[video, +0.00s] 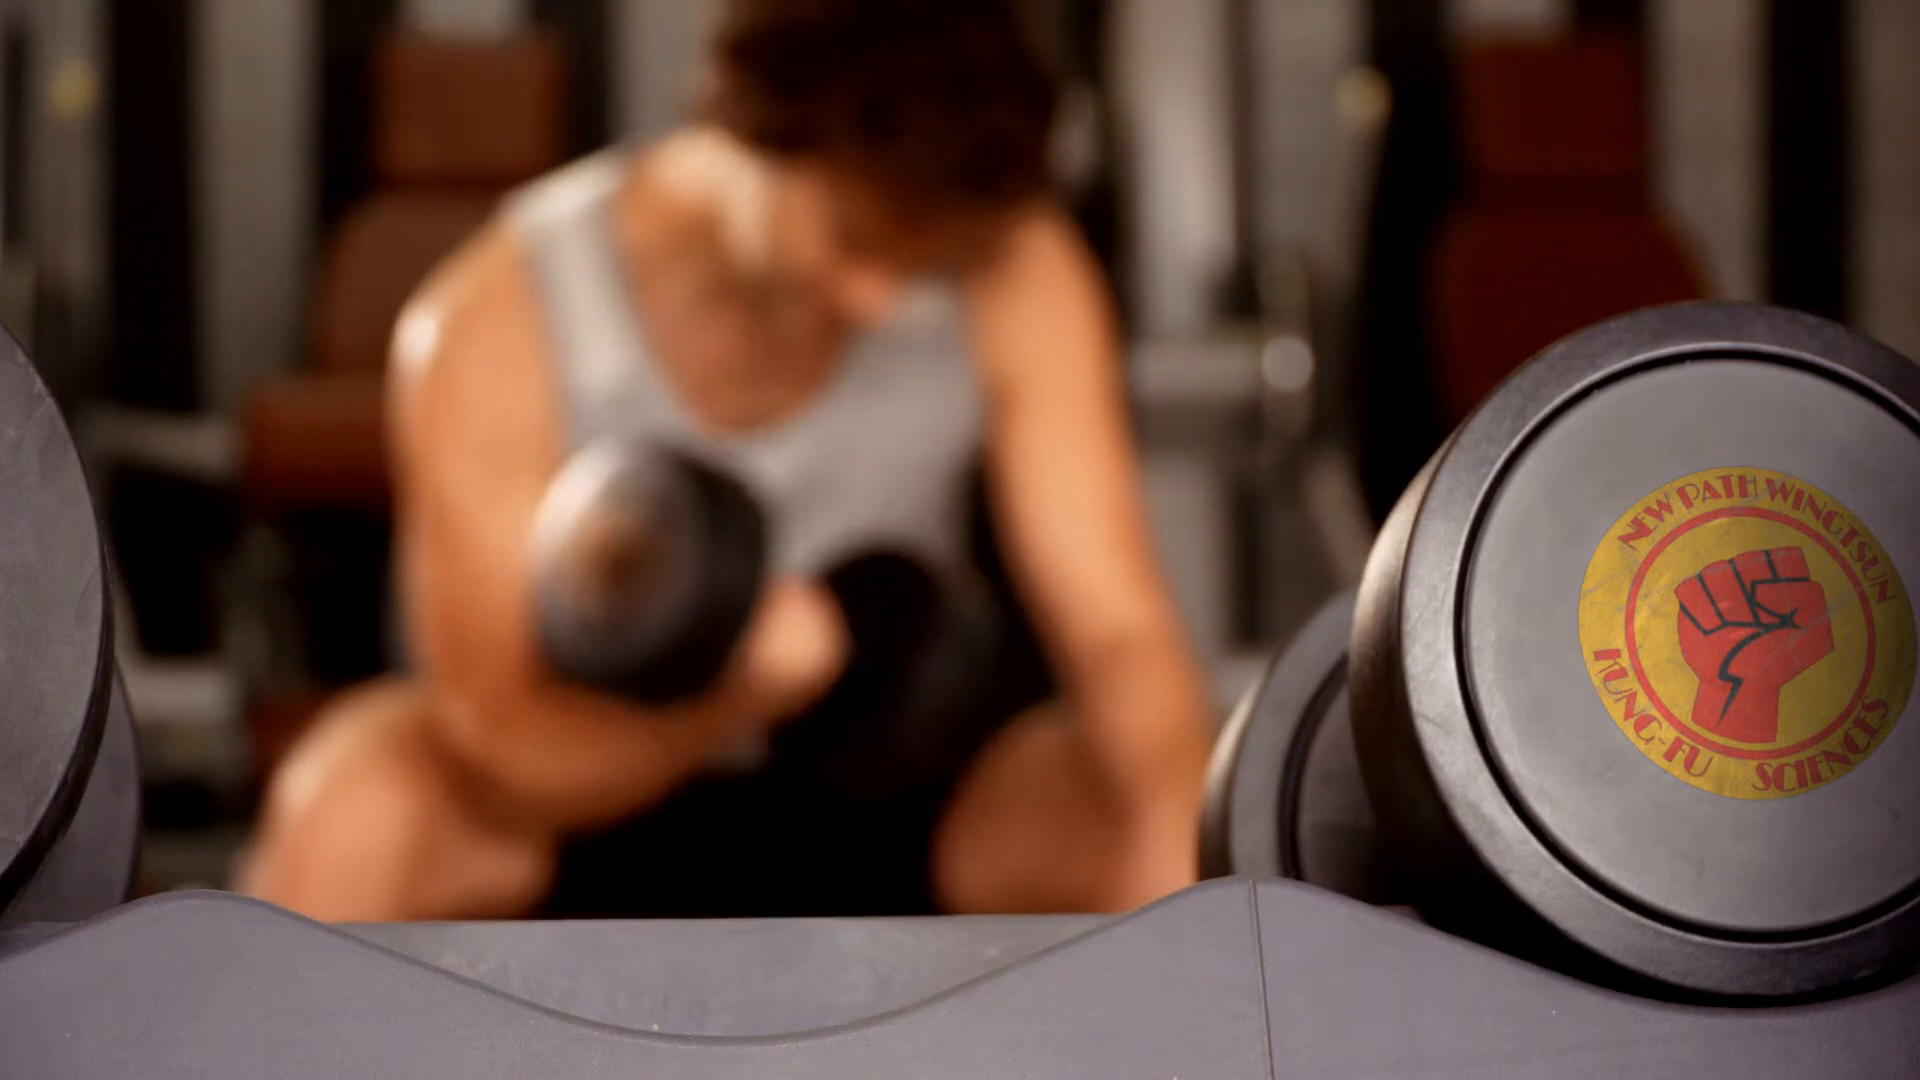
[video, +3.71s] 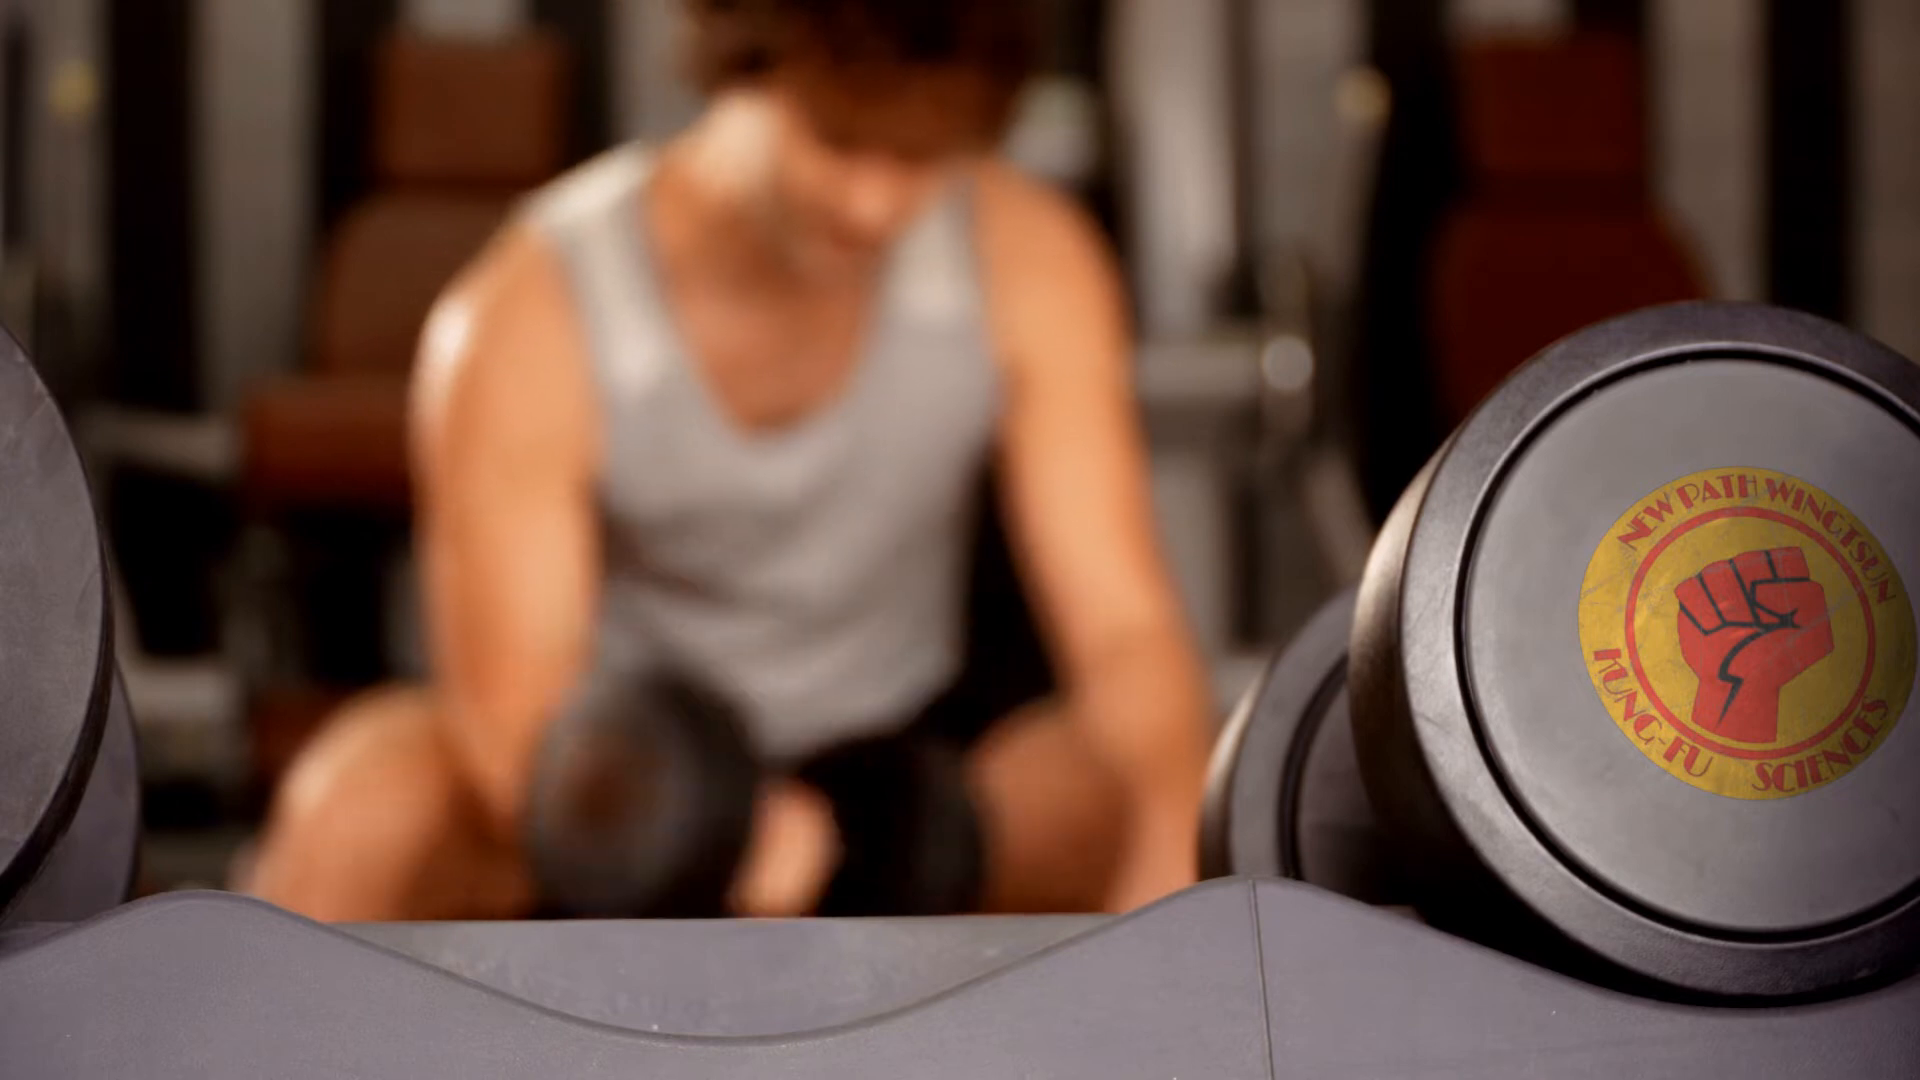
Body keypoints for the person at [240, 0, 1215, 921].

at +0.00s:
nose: (880, 303)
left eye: (922, 264)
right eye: (856, 247)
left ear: (978, 210)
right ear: (764, 147)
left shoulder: (1009, 260)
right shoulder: (492, 318)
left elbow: (1119, 634)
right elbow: (510, 748)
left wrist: (1182, 873)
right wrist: (733, 696)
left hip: (898, 782)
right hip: (599, 790)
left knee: (1170, 810)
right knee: (351, 800)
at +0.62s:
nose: (893, 270)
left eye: (942, 233)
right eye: (869, 214)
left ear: (1001, 179)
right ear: (782, 116)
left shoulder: (1033, 256)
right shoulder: (544, 314)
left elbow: (1127, 642)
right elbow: (515, 750)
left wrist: (1187, 818)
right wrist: (842, 821)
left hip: (898, 794)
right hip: (607, 797)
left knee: (1190, 793)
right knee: (361, 786)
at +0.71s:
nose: (903, 272)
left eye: (953, 232)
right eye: (877, 212)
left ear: (1010, 179)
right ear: (789, 115)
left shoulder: (1043, 257)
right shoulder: (562, 312)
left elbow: (1130, 641)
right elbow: (512, 756)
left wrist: (1204, 820)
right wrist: (729, 898)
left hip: (906, 767)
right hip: (623, 776)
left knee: (1198, 813)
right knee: (357, 796)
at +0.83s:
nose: (915, 280)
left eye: (968, 238)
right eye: (890, 218)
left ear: (1022, 190)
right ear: (799, 118)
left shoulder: (1052, 263)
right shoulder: (584, 314)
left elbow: (1135, 644)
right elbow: (520, 794)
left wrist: (1200, 822)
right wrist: (675, 1043)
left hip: (904, 782)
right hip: (625, 794)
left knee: (1193, 811)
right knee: (366, 793)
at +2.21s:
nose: (914, 238)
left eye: (962, 192)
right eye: (880, 176)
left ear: (1013, 158)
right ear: (785, 86)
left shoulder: (1043, 254)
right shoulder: (577, 308)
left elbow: (1133, 637)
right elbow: (507, 743)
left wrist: (1180, 861)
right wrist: (718, 896)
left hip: (902, 783)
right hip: (627, 794)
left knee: (1196, 789)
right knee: (369, 794)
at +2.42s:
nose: (906, 229)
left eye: (953, 181)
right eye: (871, 166)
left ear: (1006, 145)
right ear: (772, 78)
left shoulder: (1029, 255)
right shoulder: (537, 310)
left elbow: (1129, 628)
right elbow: (517, 725)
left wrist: (1189, 830)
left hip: (889, 807)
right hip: (615, 812)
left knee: (1186, 784)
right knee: (378, 778)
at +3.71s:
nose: (875, 205)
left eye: (924, 158)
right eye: (842, 145)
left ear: (981, 123)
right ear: (748, 68)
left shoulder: (1024, 253)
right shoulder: (526, 319)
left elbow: (1125, 635)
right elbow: (519, 741)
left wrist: (1167, 863)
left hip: (907, 792)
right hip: (628, 791)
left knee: (1191, 770)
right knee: (362, 789)